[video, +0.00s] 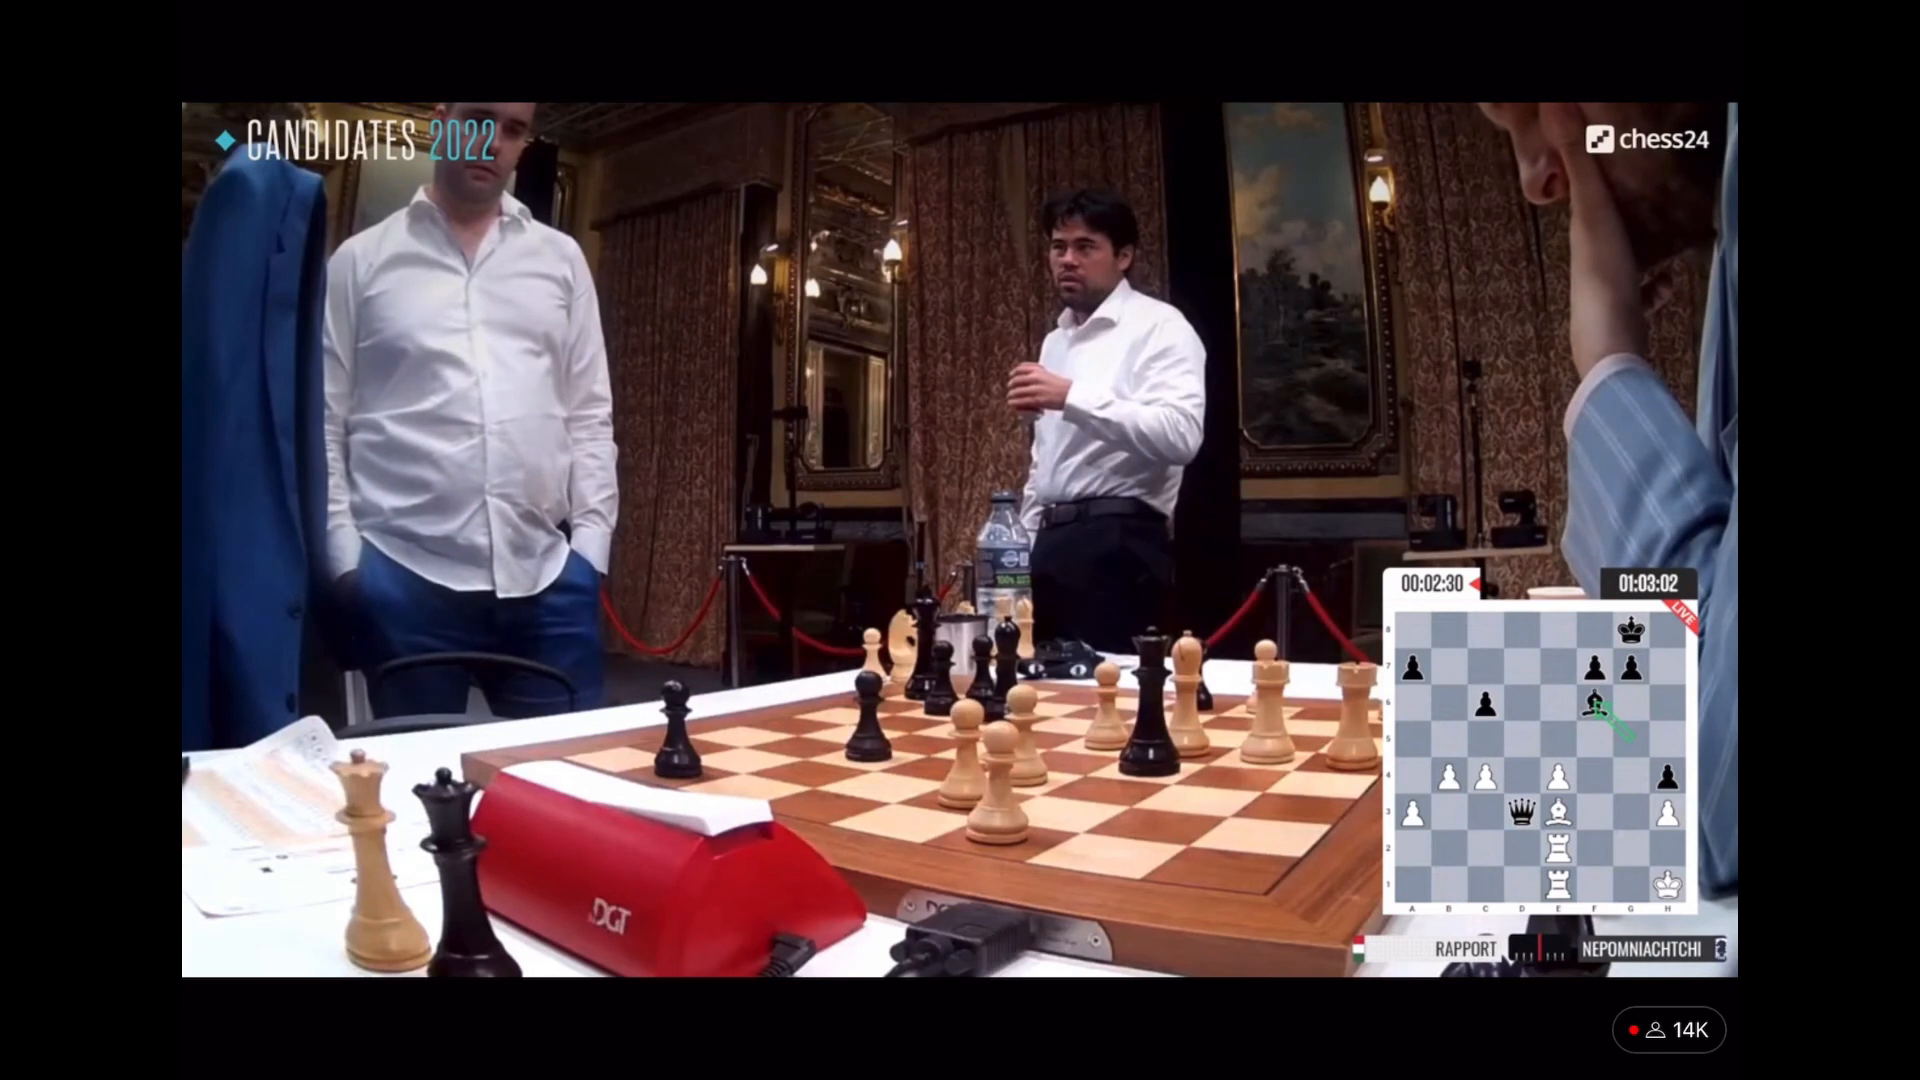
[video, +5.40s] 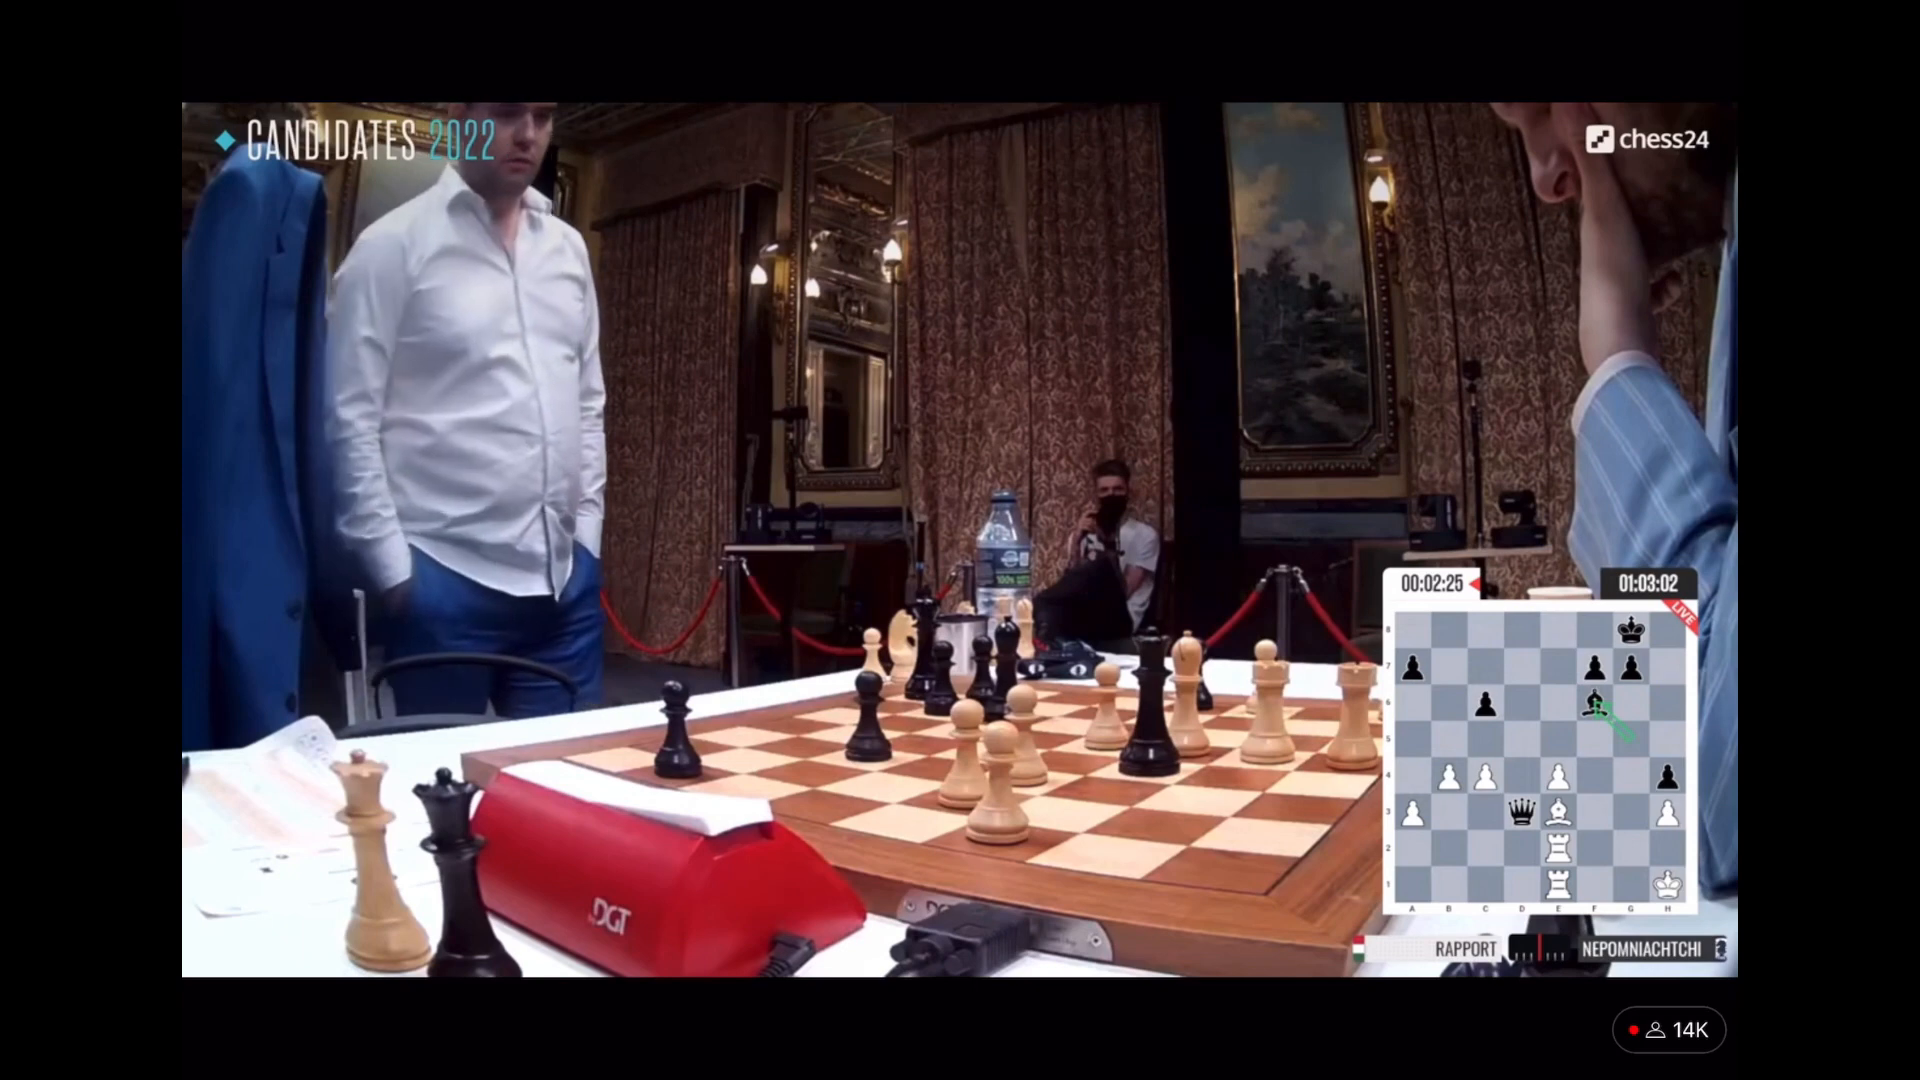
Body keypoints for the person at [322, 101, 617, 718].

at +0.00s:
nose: (490, 145)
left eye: (512, 130)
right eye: (476, 121)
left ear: (528, 144)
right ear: (439, 119)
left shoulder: (561, 259)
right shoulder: (360, 262)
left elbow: (590, 416)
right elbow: (325, 420)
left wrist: (589, 549)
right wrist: (346, 562)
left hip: (549, 583)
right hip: (406, 586)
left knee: (575, 789)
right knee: (418, 792)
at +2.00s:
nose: (490, 144)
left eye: (514, 131)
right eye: (477, 120)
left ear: (530, 146)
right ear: (441, 121)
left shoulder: (565, 260)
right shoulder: (362, 263)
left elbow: (594, 417)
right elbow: (325, 419)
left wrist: (589, 554)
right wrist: (342, 561)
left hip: (547, 584)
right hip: (402, 586)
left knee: (572, 788)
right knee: (414, 791)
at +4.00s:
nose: (486, 146)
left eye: (509, 132)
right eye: (473, 122)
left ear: (526, 147)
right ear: (437, 121)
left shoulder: (558, 261)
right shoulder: (357, 264)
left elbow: (586, 418)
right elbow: (323, 420)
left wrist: (584, 553)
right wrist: (340, 562)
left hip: (543, 582)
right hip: (400, 584)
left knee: (567, 787)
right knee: (414, 791)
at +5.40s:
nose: (526, 135)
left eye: (540, 118)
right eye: (505, 115)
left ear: (552, 129)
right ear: (460, 119)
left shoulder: (566, 247)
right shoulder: (393, 246)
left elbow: (590, 403)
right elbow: (349, 419)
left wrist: (587, 538)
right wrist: (394, 574)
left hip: (565, 578)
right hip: (443, 584)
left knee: (568, 790)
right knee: (447, 800)